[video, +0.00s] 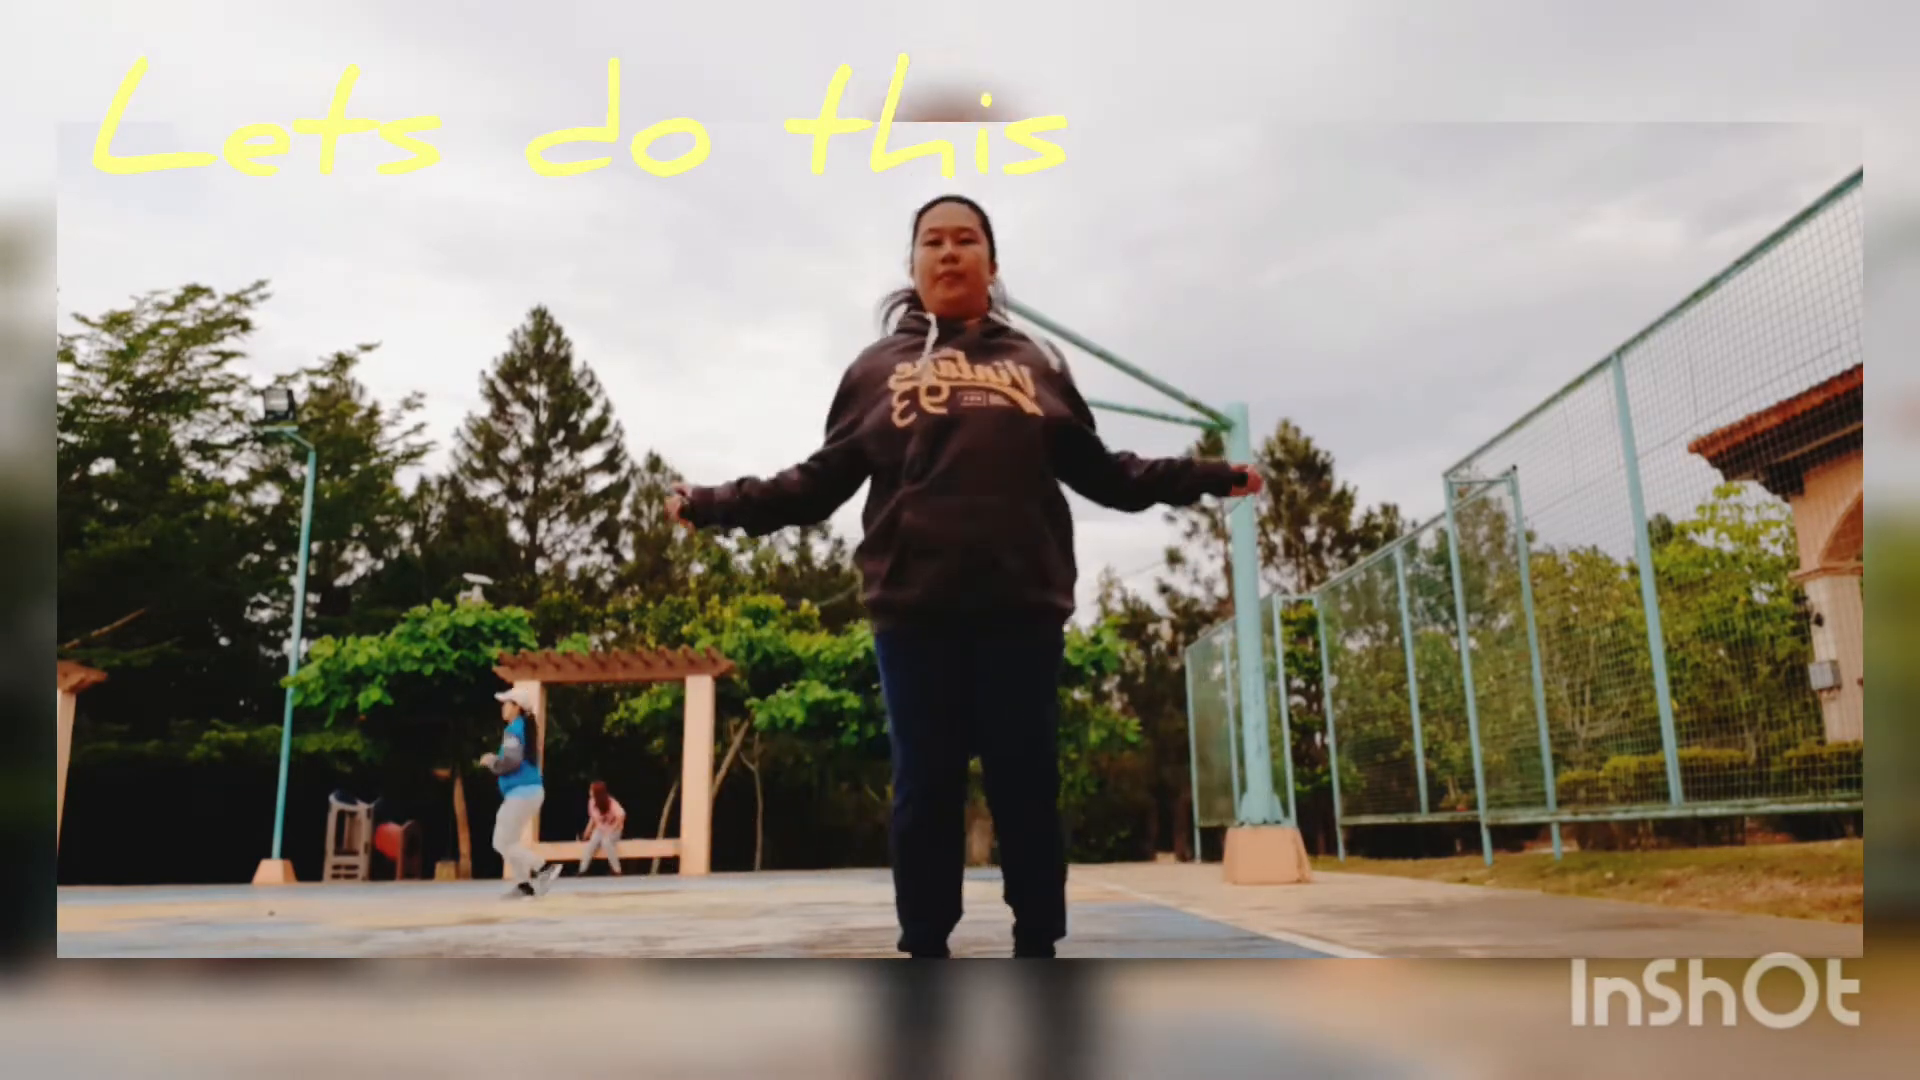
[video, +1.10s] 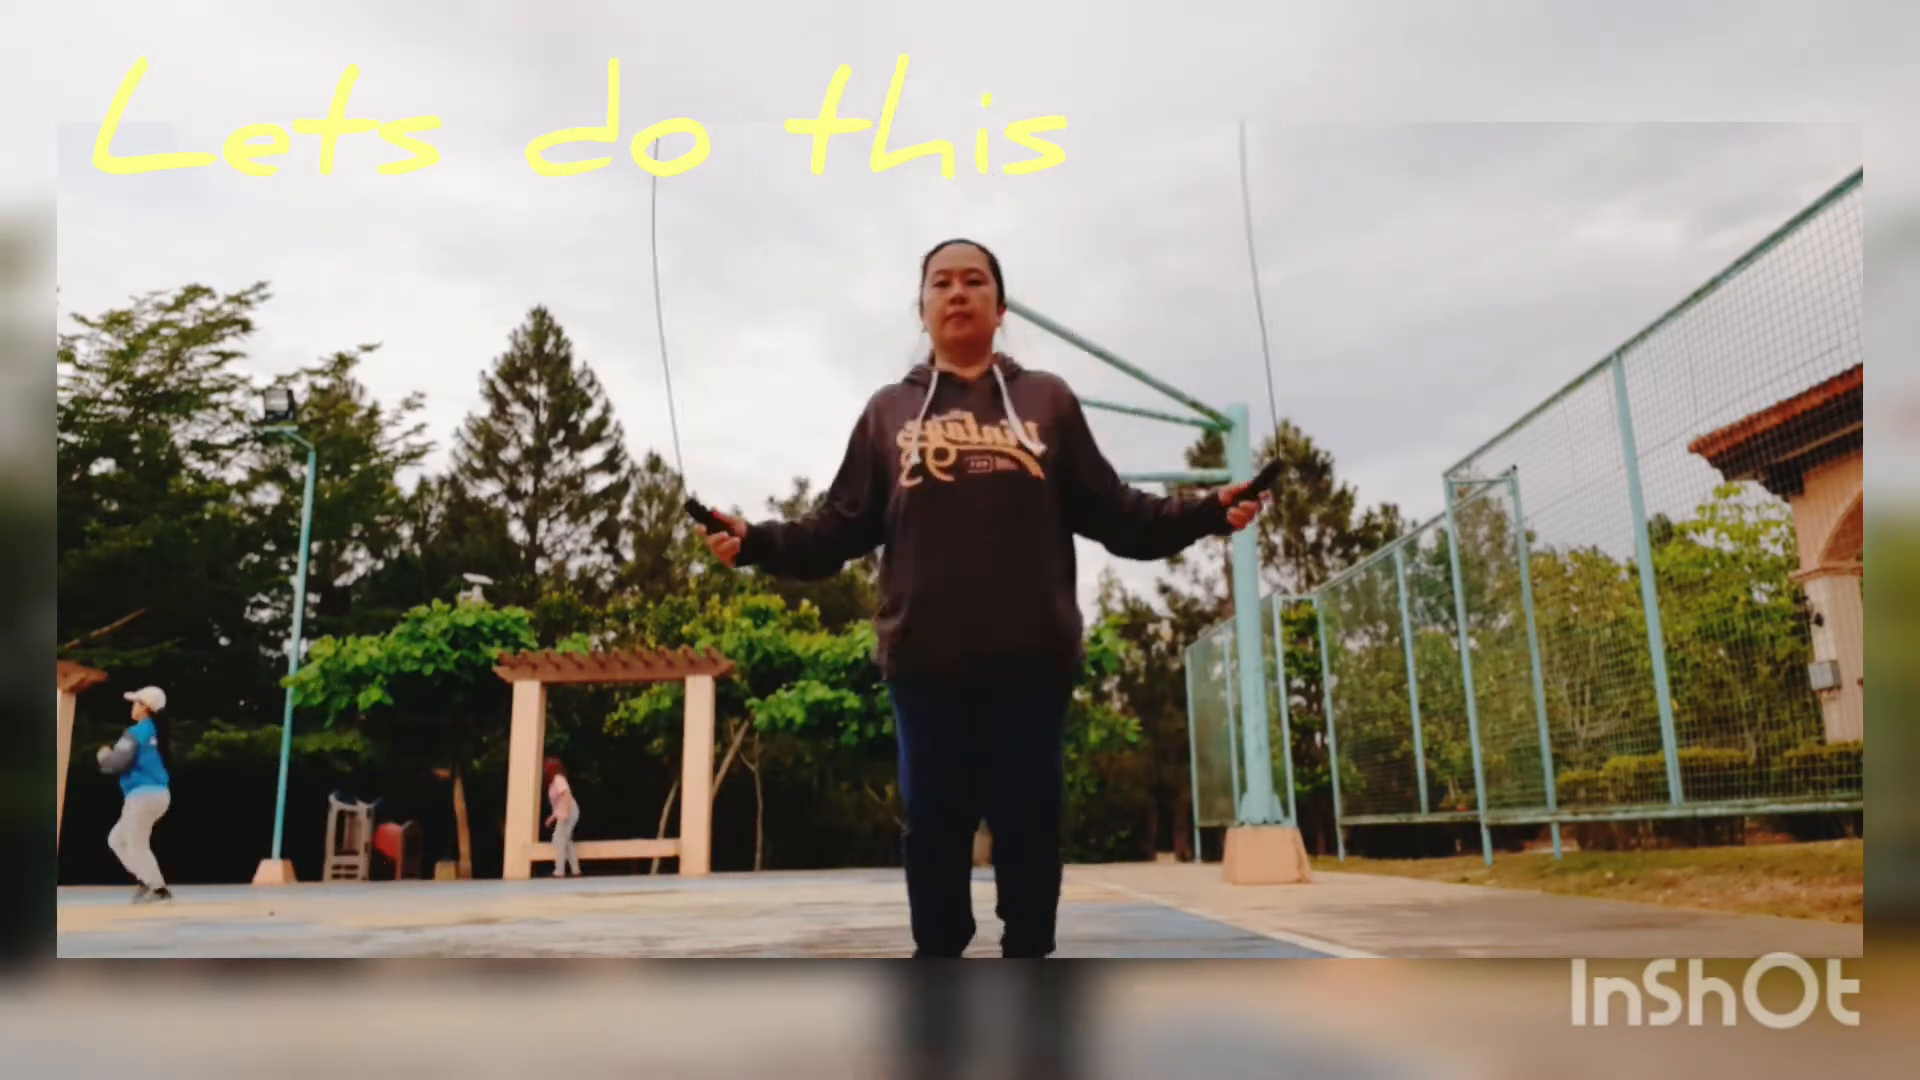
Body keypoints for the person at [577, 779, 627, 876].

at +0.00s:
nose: (590, 793)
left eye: (592, 791)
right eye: (590, 790)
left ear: (598, 793)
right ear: (595, 793)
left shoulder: (611, 802)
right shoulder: (592, 802)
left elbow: (621, 814)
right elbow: (593, 818)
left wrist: (614, 828)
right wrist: (587, 832)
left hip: (612, 827)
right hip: (600, 827)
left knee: (607, 843)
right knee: (591, 844)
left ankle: (616, 869)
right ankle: (582, 869)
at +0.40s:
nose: (574, 788)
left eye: (577, 785)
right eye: (574, 785)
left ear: (583, 786)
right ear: (576, 787)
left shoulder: (596, 796)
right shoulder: (581, 799)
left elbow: (607, 812)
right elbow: (586, 817)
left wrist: (604, 828)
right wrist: (581, 832)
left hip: (610, 817)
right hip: (597, 817)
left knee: (606, 843)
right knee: (589, 842)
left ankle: (618, 869)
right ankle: (581, 869)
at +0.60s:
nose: (563, 782)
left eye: (565, 779)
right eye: (563, 779)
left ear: (572, 782)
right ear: (569, 783)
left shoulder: (583, 791)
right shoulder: (574, 794)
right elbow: (582, 814)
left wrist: (598, 827)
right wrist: (579, 830)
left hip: (604, 816)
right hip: (591, 818)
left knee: (604, 842)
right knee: (582, 840)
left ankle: (618, 869)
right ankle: (578, 870)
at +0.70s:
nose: (561, 784)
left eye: (563, 780)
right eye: (560, 781)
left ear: (569, 780)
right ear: (563, 782)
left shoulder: (577, 788)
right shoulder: (570, 793)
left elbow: (589, 803)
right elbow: (580, 813)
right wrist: (578, 827)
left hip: (598, 814)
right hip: (587, 816)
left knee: (601, 842)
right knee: (580, 840)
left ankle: (617, 868)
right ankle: (577, 870)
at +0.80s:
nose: (554, 776)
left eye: (556, 773)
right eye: (553, 773)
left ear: (562, 773)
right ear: (560, 774)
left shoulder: (570, 784)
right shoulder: (564, 785)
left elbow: (579, 802)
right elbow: (574, 805)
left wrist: (581, 817)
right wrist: (571, 820)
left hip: (586, 814)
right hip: (577, 816)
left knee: (588, 840)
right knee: (574, 841)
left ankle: (610, 862)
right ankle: (576, 870)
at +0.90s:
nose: (551, 774)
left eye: (552, 771)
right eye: (551, 771)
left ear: (558, 771)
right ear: (560, 771)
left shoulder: (566, 781)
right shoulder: (562, 784)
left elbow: (575, 800)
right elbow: (570, 805)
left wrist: (571, 816)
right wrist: (566, 819)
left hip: (582, 813)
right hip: (575, 814)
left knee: (578, 840)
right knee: (571, 841)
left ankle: (599, 863)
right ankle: (575, 870)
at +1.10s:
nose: (546, 770)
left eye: (548, 767)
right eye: (547, 767)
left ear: (552, 768)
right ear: (554, 769)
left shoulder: (559, 779)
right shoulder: (553, 783)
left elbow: (566, 796)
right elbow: (559, 804)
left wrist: (564, 812)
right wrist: (553, 817)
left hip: (568, 810)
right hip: (564, 812)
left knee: (559, 838)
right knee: (566, 839)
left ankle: (559, 869)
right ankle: (575, 869)